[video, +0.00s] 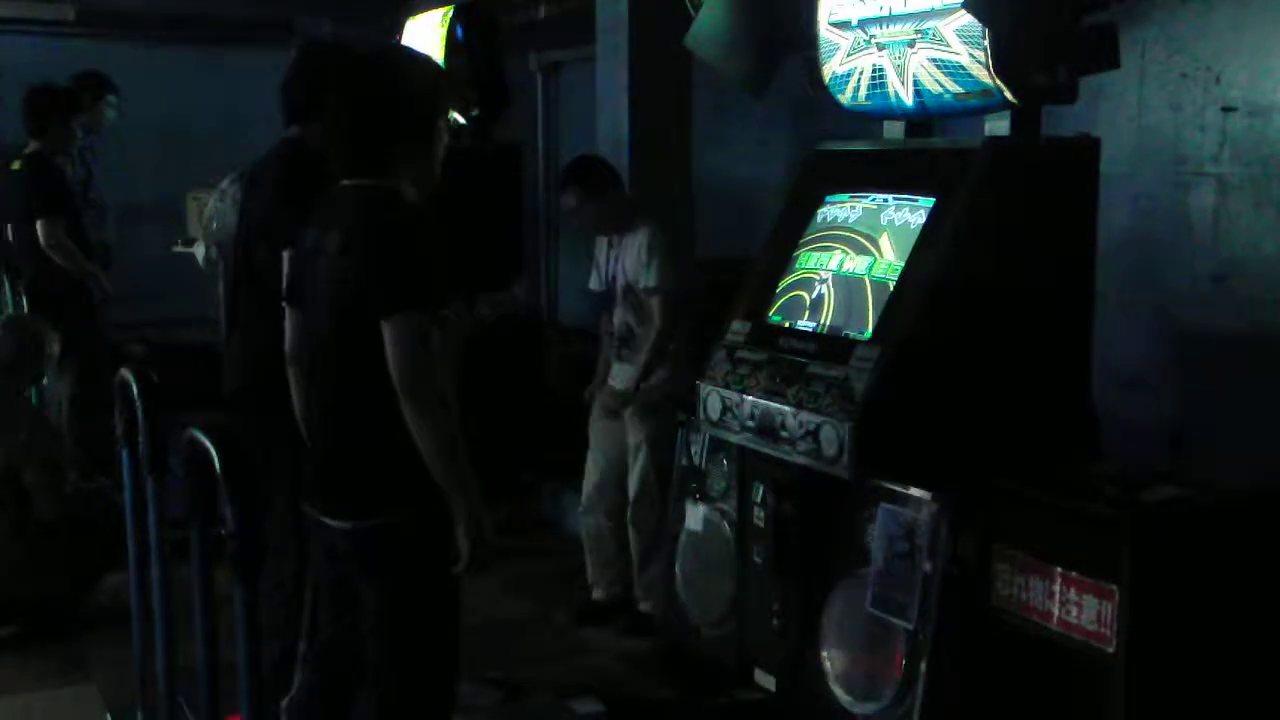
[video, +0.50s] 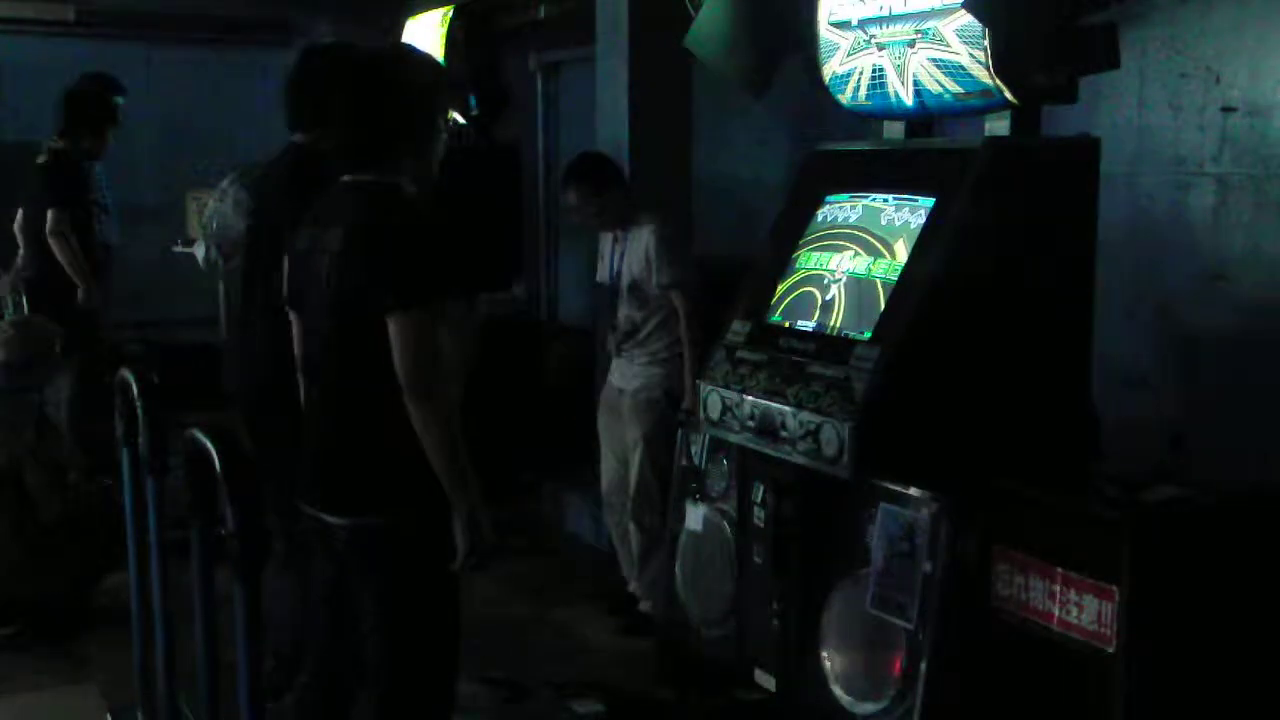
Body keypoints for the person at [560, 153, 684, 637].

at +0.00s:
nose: (576, 219)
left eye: (579, 208)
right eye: (572, 210)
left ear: (604, 198)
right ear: (588, 206)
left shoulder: (648, 239)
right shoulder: (604, 242)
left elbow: (663, 321)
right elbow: (608, 321)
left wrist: (636, 384)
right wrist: (601, 379)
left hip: (653, 386)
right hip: (615, 382)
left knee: (643, 499)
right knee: (598, 495)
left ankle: (651, 602)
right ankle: (605, 593)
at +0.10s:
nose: (577, 221)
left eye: (581, 210)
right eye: (573, 211)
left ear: (606, 199)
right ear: (590, 207)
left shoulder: (652, 241)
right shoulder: (608, 242)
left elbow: (671, 325)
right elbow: (613, 318)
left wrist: (646, 392)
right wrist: (608, 379)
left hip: (655, 388)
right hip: (618, 384)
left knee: (644, 500)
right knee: (599, 494)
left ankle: (651, 602)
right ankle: (607, 592)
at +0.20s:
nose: (578, 219)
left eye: (582, 208)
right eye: (575, 210)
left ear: (607, 199)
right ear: (591, 206)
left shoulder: (654, 241)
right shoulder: (609, 241)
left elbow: (675, 317)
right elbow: (611, 316)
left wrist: (670, 387)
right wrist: (607, 377)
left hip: (654, 389)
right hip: (617, 383)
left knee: (644, 497)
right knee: (601, 492)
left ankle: (652, 600)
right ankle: (619, 589)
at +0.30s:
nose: (578, 219)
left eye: (582, 207)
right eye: (574, 209)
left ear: (607, 199)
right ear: (591, 206)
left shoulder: (655, 240)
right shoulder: (608, 241)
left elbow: (680, 320)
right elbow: (613, 318)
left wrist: (681, 397)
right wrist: (606, 378)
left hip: (655, 385)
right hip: (617, 379)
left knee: (644, 495)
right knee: (607, 492)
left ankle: (652, 598)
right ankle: (631, 584)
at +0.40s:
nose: (579, 216)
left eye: (583, 205)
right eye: (574, 207)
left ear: (607, 196)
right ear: (591, 205)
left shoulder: (653, 238)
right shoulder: (607, 239)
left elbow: (684, 312)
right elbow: (615, 317)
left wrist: (688, 383)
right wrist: (608, 376)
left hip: (655, 381)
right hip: (618, 376)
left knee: (645, 490)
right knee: (611, 489)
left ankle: (653, 599)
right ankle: (632, 585)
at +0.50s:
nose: (579, 215)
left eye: (583, 204)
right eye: (574, 206)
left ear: (608, 195)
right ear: (588, 204)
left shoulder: (653, 237)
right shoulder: (606, 239)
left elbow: (685, 312)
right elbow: (615, 313)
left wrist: (691, 385)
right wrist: (609, 369)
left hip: (654, 380)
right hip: (617, 375)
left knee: (644, 491)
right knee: (613, 489)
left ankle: (653, 600)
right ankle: (632, 588)